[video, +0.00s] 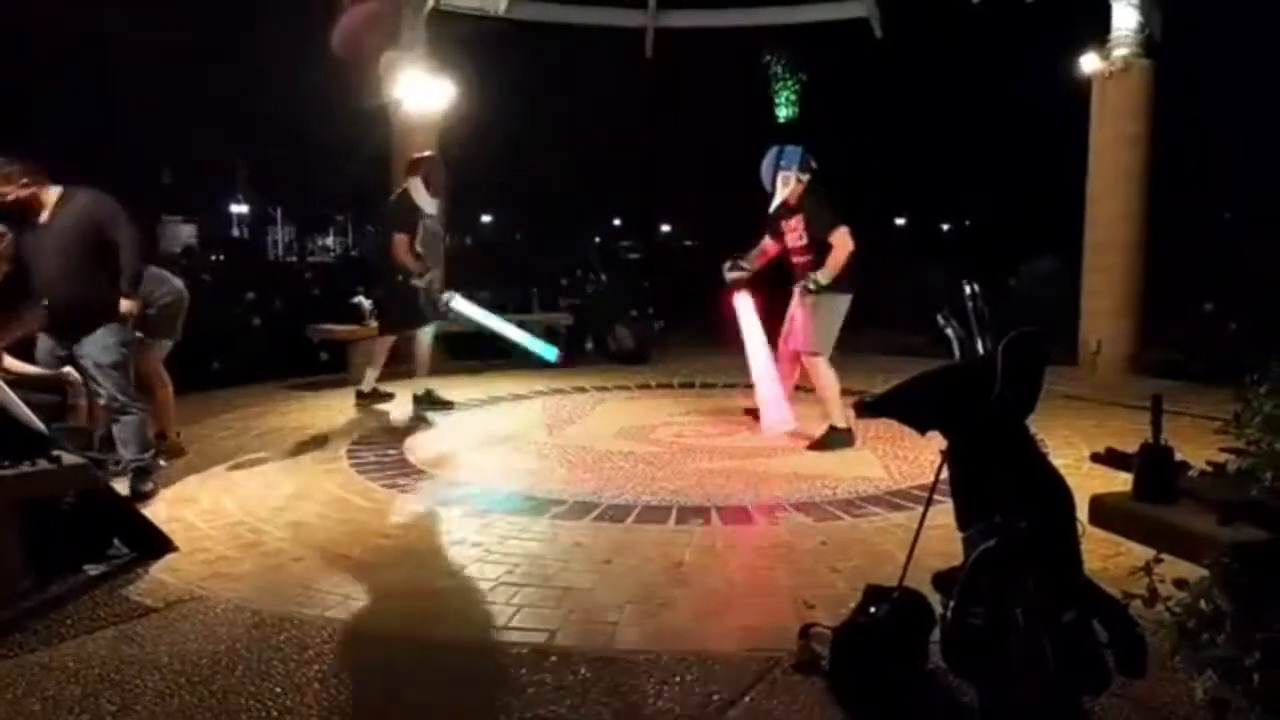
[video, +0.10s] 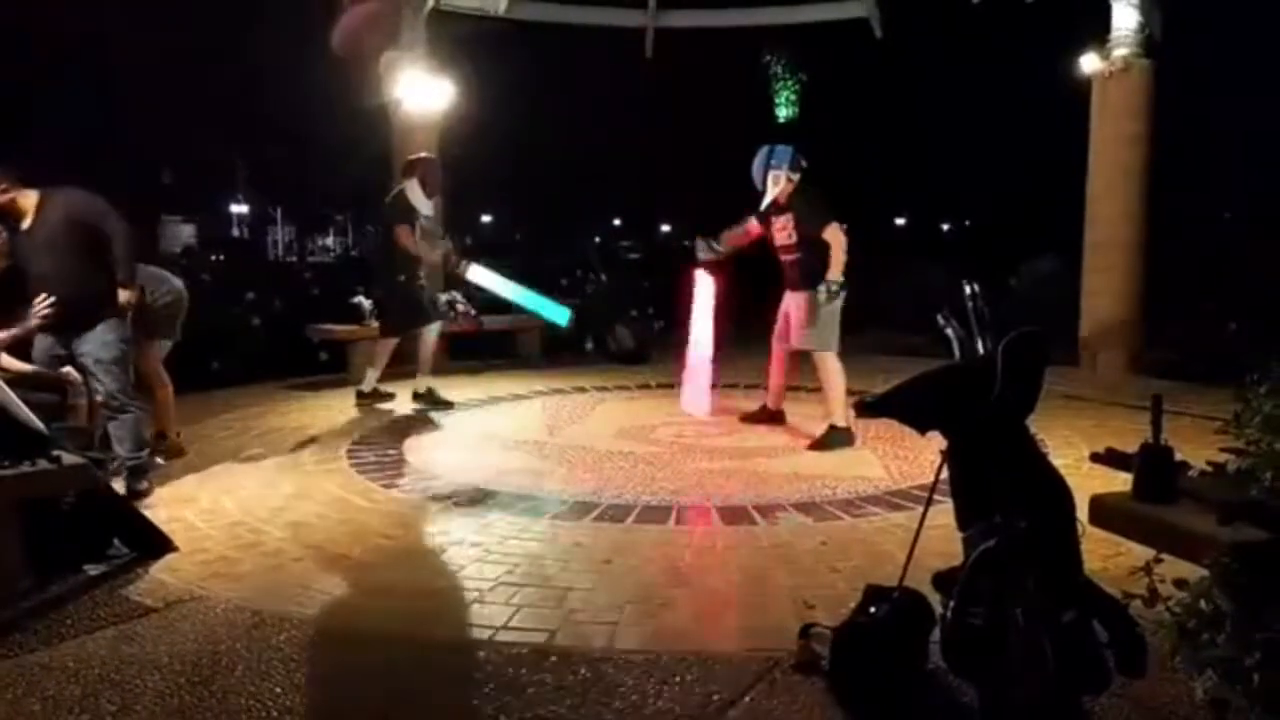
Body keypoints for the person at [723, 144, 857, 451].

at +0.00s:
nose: (781, 187)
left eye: (787, 180)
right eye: (778, 180)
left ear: (800, 179)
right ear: (774, 179)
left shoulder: (815, 206)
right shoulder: (781, 214)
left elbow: (844, 243)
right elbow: (769, 246)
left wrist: (821, 278)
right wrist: (747, 265)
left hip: (829, 290)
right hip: (804, 289)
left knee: (813, 355)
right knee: (788, 351)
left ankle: (839, 425)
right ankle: (774, 407)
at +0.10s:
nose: (774, 186)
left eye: (780, 179)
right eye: (770, 179)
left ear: (792, 179)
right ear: (764, 179)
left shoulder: (806, 207)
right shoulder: (770, 212)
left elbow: (838, 238)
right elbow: (745, 233)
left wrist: (833, 281)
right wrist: (719, 246)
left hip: (818, 292)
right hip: (791, 294)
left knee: (824, 354)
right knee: (779, 347)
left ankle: (840, 425)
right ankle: (773, 406)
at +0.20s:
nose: (772, 187)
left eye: (778, 180)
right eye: (768, 180)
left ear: (789, 179)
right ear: (761, 180)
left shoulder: (802, 206)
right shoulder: (764, 209)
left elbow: (835, 237)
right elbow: (735, 223)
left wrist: (837, 279)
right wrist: (707, 233)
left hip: (817, 293)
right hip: (790, 292)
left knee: (827, 355)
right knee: (776, 346)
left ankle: (841, 424)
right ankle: (772, 406)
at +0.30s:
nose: (757, 183)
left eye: (760, 176)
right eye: (756, 177)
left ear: (774, 174)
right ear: (760, 174)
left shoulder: (794, 201)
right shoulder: (764, 199)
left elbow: (823, 232)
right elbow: (736, 197)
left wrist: (839, 272)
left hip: (816, 290)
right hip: (789, 289)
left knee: (829, 351)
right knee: (779, 346)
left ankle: (856, 412)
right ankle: (774, 407)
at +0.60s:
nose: (769, 180)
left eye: (774, 174)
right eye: (767, 173)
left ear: (787, 175)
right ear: (763, 173)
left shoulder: (802, 203)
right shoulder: (769, 203)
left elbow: (827, 238)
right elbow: (763, 231)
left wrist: (814, 273)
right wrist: (741, 207)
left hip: (823, 289)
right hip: (788, 288)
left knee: (838, 349)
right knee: (771, 341)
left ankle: (869, 397)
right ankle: (772, 406)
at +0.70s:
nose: (786, 192)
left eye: (790, 185)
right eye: (782, 186)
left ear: (801, 183)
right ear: (776, 185)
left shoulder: (818, 209)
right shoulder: (785, 214)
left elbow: (839, 248)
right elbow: (785, 253)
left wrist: (816, 280)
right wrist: (759, 236)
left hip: (833, 294)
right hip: (796, 292)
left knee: (843, 355)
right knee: (772, 341)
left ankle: (873, 399)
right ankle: (772, 405)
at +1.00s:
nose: (817, 182)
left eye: (821, 175)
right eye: (815, 175)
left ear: (832, 173)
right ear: (813, 174)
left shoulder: (845, 200)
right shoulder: (821, 203)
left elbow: (861, 242)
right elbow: (826, 249)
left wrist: (831, 268)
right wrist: (792, 260)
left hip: (854, 287)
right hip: (824, 285)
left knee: (857, 349)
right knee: (799, 335)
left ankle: (879, 401)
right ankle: (788, 400)